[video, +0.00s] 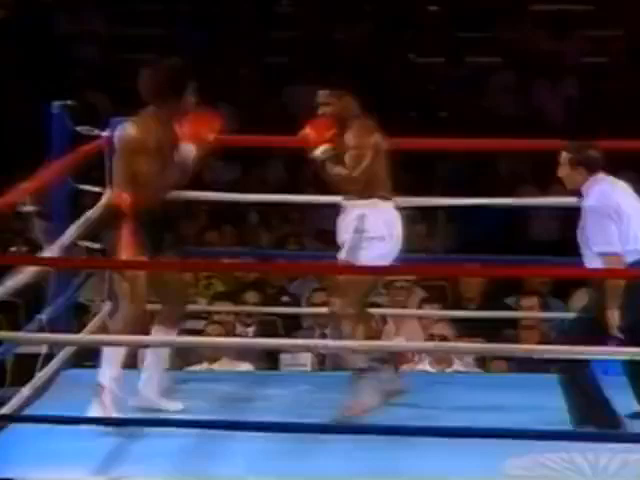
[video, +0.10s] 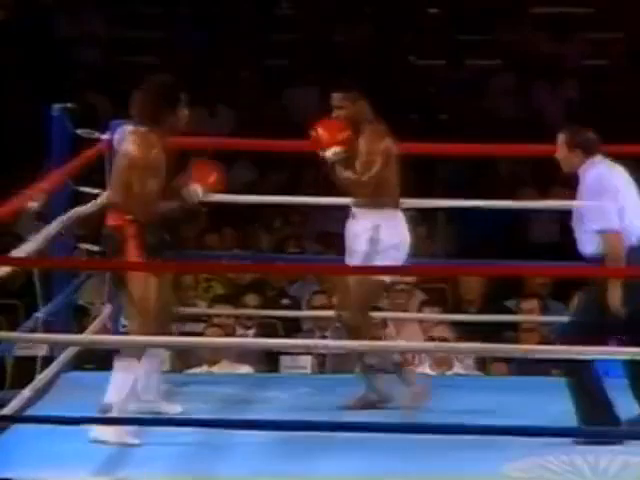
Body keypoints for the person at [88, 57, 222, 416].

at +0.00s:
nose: (188, 103)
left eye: (188, 96)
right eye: (185, 95)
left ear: (161, 95)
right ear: (171, 96)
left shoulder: (169, 132)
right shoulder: (132, 134)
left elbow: (170, 179)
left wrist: (192, 151)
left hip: (159, 224)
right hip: (130, 226)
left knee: (173, 300)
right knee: (133, 306)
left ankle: (151, 386)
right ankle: (106, 393)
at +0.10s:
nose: (185, 117)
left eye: (184, 109)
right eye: (181, 109)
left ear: (149, 109)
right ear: (168, 112)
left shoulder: (145, 142)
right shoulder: (141, 148)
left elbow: (148, 194)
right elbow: (143, 206)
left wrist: (180, 188)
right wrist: (185, 200)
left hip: (143, 226)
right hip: (130, 230)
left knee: (161, 312)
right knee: (145, 317)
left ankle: (149, 394)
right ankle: (113, 409)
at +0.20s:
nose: (182, 115)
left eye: (181, 107)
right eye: (179, 107)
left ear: (144, 106)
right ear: (165, 109)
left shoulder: (122, 137)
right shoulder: (147, 145)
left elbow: (123, 191)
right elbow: (146, 203)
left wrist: (172, 192)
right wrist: (181, 197)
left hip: (114, 224)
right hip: (129, 229)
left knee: (153, 311)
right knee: (142, 325)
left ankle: (146, 396)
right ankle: (109, 417)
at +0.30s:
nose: (182, 95)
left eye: (181, 87)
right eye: (179, 88)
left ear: (142, 88)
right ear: (166, 91)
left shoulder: (121, 120)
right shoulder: (147, 124)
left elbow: (94, 166)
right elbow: (139, 179)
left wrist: (130, 164)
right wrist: (174, 173)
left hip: (108, 220)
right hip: (127, 223)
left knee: (125, 312)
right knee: (130, 313)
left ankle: (105, 403)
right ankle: (107, 409)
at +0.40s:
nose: (181, 90)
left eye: (180, 82)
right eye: (178, 82)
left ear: (142, 80)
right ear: (167, 84)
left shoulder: (122, 110)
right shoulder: (143, 117)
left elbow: (104, 162)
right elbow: (136, 174)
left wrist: (161, 150)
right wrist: (172, 163)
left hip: (108, 209)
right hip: (123, 212)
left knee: (119, 309)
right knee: (123, 308)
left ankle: (94, 396)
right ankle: (98, 402)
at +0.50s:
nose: (180, 98)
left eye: (178, 90)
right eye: (177, 90)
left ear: (141, 89)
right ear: (165, 93)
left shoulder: (123, 122)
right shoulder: (142, 126)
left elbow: (120, 178)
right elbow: (137, 188)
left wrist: (162, 161)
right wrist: (177, 171)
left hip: (106, 219)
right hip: (120, 223)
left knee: (108, 324)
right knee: (114, 325)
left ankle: (78, 412)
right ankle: (93, 419)